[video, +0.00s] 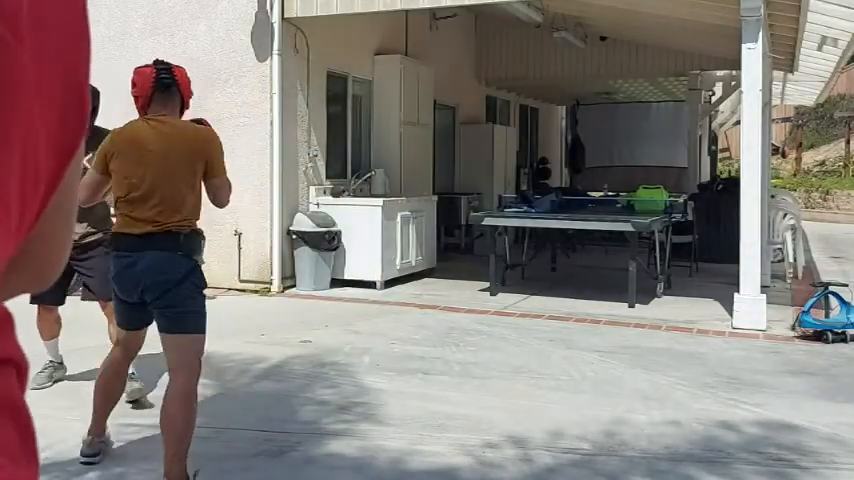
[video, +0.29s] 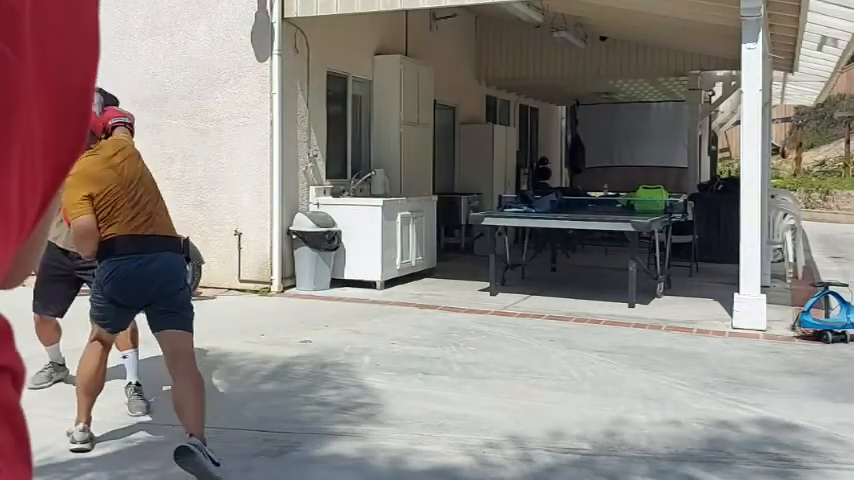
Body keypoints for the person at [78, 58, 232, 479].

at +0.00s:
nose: (184, 103)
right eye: (184, 97)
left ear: (140, 99)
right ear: (183, 98)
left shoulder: (120, 137)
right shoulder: (202, 138)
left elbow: (84, 197)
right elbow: (221, 197)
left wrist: (120, 171)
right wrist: (207, 142)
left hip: (126, 258)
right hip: (177, 260)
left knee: (124, 346)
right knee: (183, 374)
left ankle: (95, 434)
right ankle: (175, 473)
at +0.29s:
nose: (127, 132)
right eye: (122, 128)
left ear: (81, 140)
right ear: (104, 133)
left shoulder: (78, 171)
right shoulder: (127, 149)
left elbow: (85, 228)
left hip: (119, 262)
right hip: (168, 256)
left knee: (99, 340)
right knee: (182, 358)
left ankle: (82, 426)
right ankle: (197, 442)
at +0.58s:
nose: (90, 125)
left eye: (89, 118)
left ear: (89, 113)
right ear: (121, 106)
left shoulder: (87, 144)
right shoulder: (154, 130)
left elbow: (72, 213)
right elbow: (180, 165)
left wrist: (93, 191)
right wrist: (140, 165)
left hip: (121, 249)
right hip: (172, 244)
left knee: (107, 336)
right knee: (199, 346)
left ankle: (83, 426)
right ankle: (223, 433)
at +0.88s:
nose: (195, 106)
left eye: (191, 100)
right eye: (194, 100)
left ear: (153, 102)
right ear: (193, 102)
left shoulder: (132, 137)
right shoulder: (217, 142)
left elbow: (100, 194)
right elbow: (214, 199)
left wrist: (132, 177)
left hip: (149, 256)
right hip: (199, 255)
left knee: (134, 333)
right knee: (213, 356)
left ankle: (96, 409)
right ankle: (215, 451)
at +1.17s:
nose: (219, 107)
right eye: (219, 101)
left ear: (177, 100)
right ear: (218, 103)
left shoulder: (149, 127)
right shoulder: (231, 146)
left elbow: (96, 155)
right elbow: (222, 184)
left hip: (149, 250)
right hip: (195, 253)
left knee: (145, 337)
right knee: (223, 346)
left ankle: (121, 416)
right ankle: (221, 443)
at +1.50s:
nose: (258, 116)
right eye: (257, 110)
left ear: (213, 111)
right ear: (254, 113)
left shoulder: (185, 144)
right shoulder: (268, 161)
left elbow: (137, 179)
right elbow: (261, 211)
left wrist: (162, 174)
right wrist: (228, 182)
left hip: (185, 264)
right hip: (234, 267)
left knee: (164, 341)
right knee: (272, 355)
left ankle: (130, 410)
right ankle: (267, 453)